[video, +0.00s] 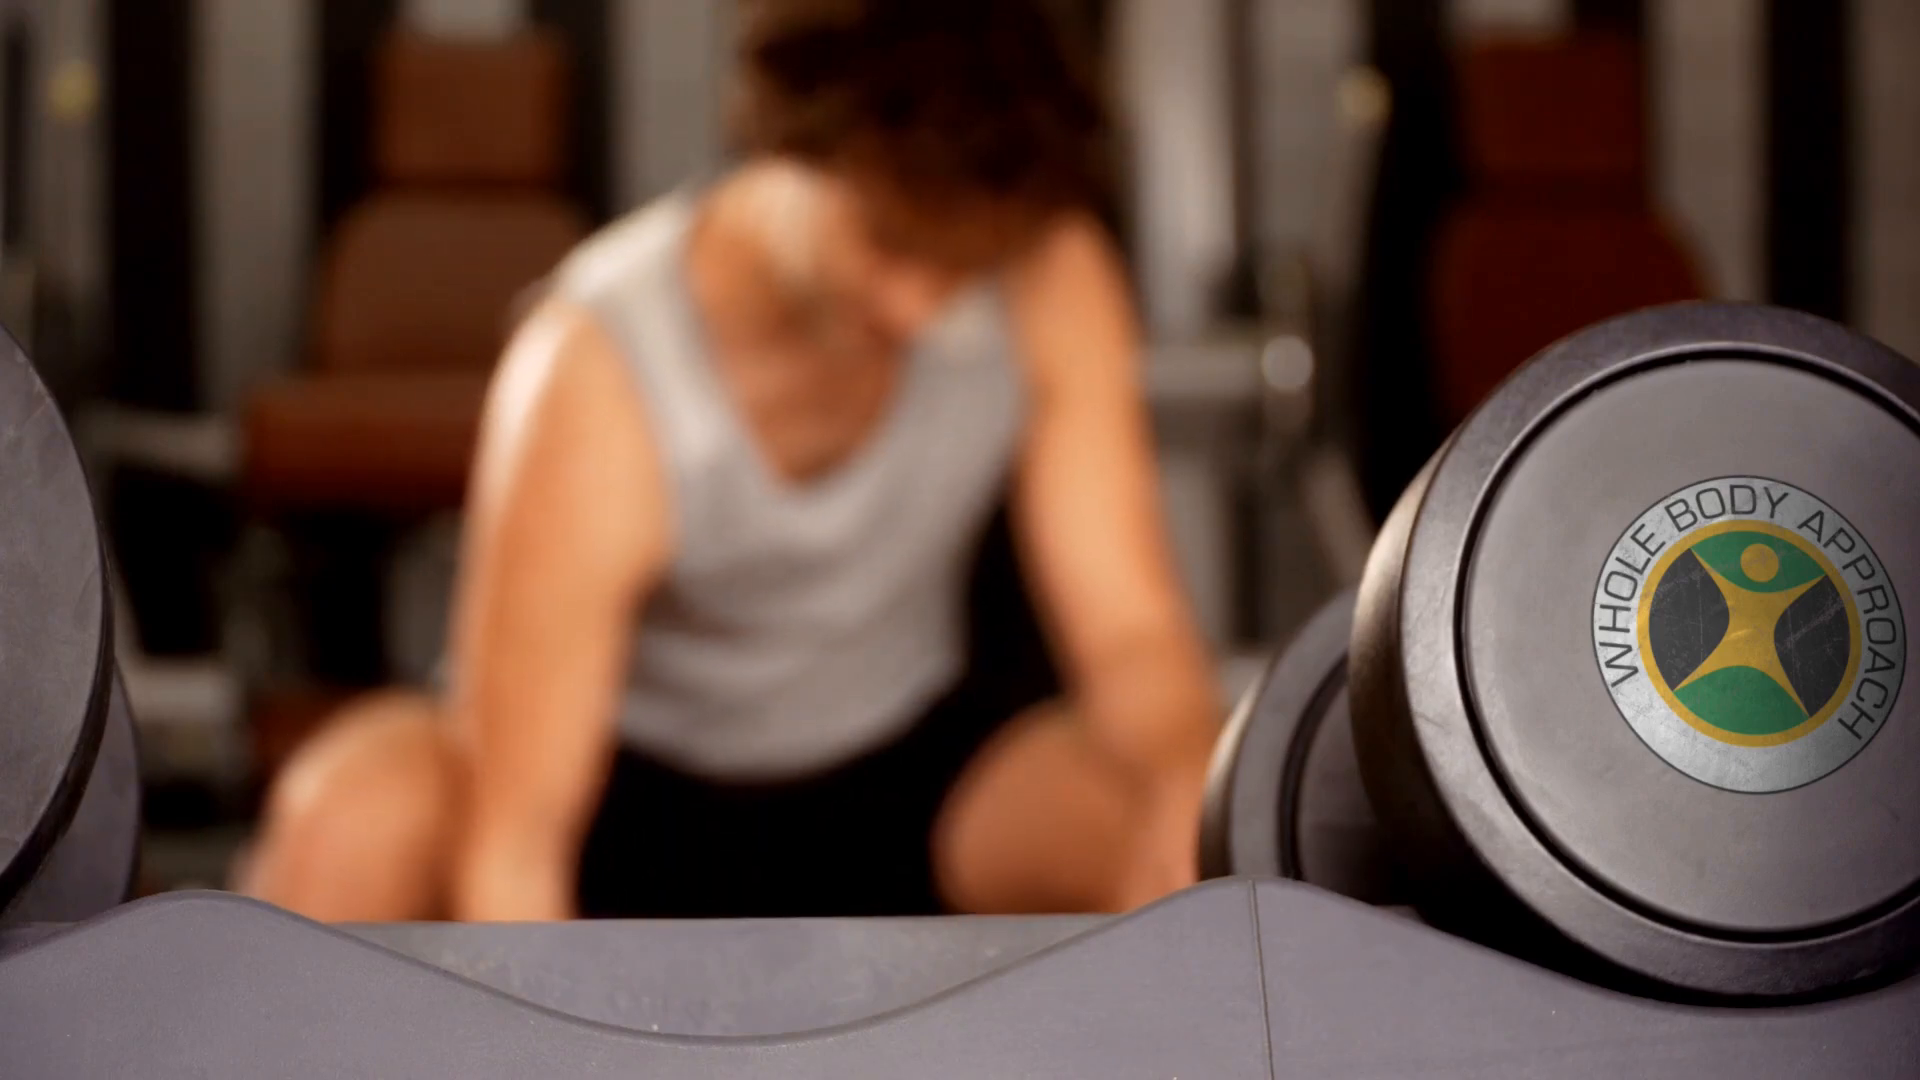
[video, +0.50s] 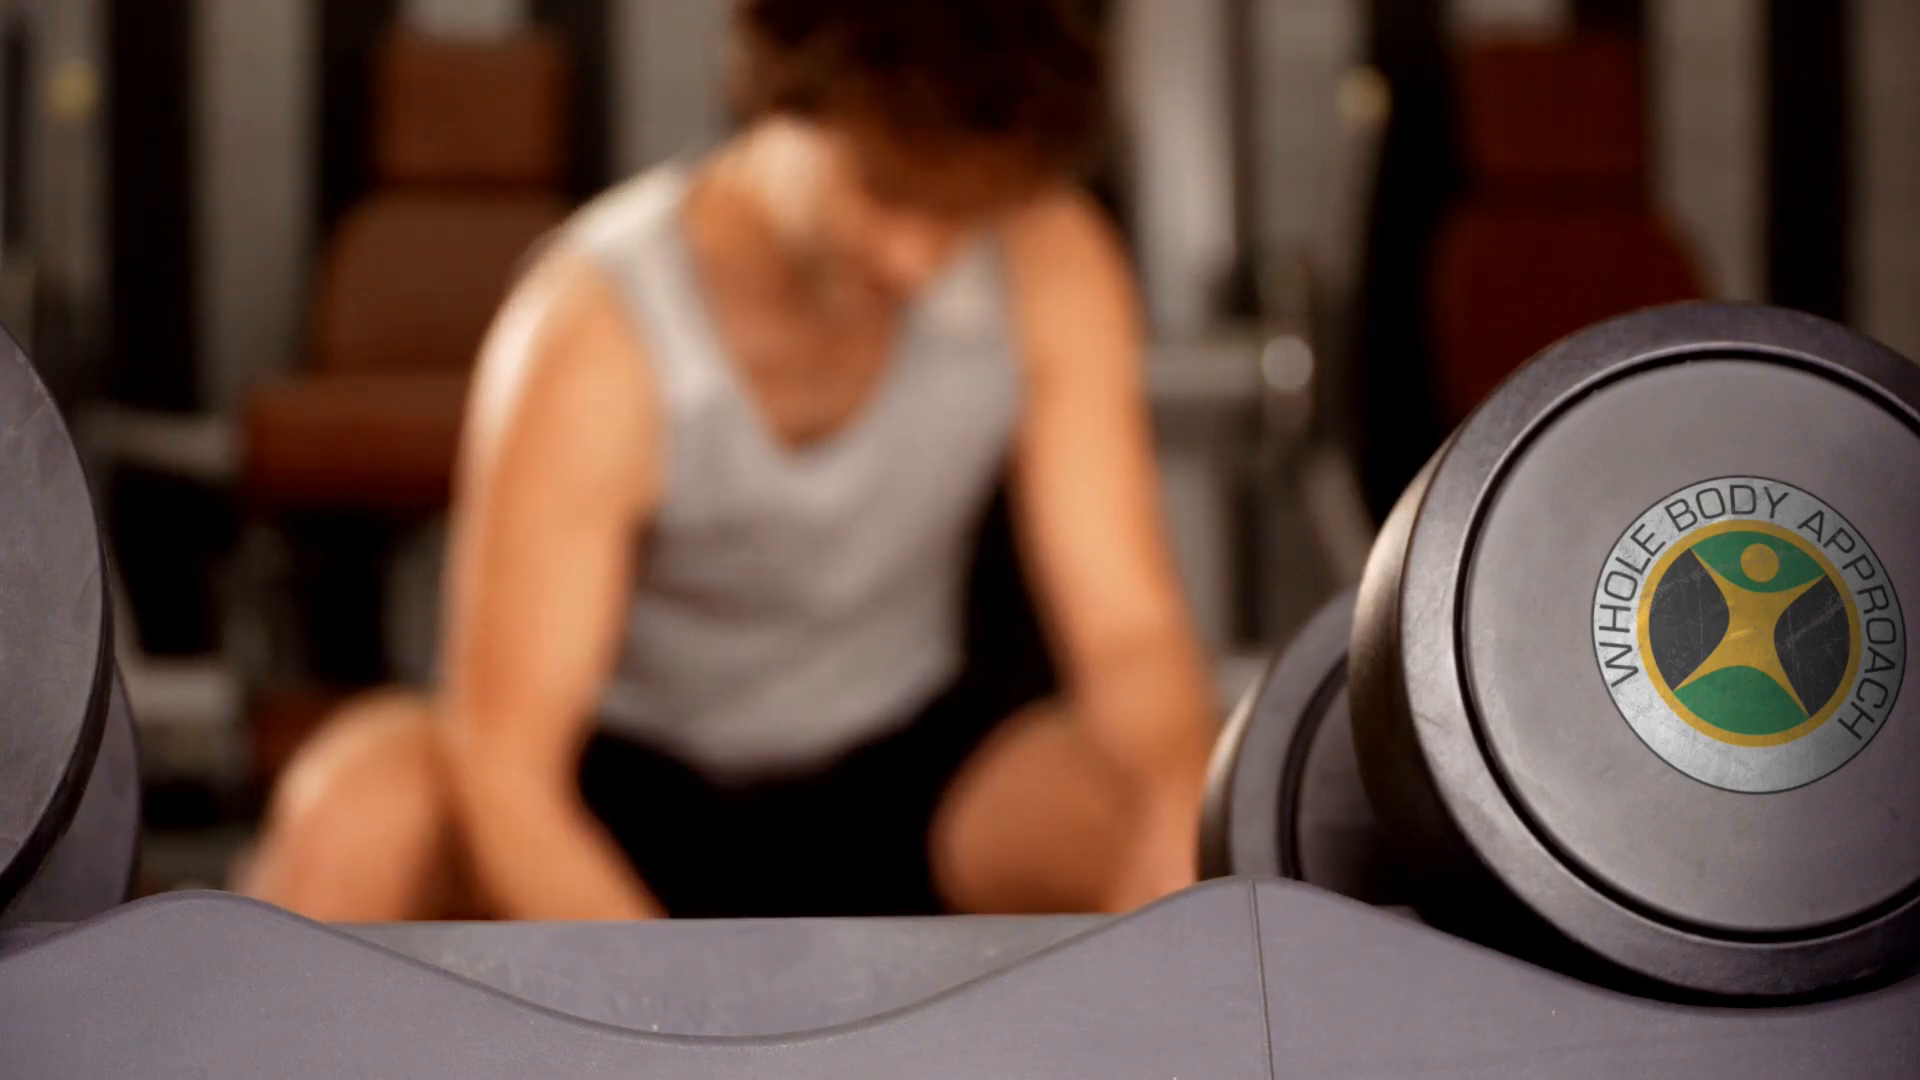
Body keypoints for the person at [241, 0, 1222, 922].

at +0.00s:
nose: (920, 310)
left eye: (970, 264)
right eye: (890, 246)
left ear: (1023, 221)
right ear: (794, 153)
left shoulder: (1043, 266)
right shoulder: (591, 367)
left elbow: (1132, 642)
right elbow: (519, 834)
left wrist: (1202, 833)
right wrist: (533, 1077)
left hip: (901, 783)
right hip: (621, 800)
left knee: (1196, 813)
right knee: (354, 797)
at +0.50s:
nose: (919, 259)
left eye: (971, 212)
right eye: (887, 197)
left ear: (1015, 168)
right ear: (790, 107)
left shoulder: (1045, 253)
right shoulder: (594, 322)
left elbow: (1128, 639)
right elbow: (504, 773)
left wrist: (1182, 854)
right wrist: (688, 1018)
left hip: (899, 781)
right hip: (627, 792)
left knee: (1190, 812)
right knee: (357, 792)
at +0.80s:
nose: (907, 231)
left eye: (957, 183)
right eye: (873, 166)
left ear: (1010, 151)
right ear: (778, 77)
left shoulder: (1036, 257)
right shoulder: (556, 308)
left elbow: (1134, 641)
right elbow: (516, 733)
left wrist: (1183, 840)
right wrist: (850, 822)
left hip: (899, 803)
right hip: (623, 798)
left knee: (1188, 784)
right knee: (374, 789)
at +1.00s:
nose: (892, 228)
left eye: (938, 180)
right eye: (857, 166)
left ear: (993, 136)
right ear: (758, 76)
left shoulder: (1015, 255)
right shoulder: (511, 312)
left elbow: (1125, 631)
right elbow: (536, 762)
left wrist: (1189, 847)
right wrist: (829, 705)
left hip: (887, 796)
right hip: (599, 813)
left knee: (1180, 800)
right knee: (377, 793)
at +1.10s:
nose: (880, 229)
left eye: (925, 180)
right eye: (846, 167)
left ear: (977, 139)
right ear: (745, 84)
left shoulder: (1007, 256)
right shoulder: (497, 314)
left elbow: (1123, 633)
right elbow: (520, 755)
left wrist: (1182, 865)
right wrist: (761, 706)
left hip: (892, 788)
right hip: (597, 802)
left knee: (1169, 802)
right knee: (374, 803)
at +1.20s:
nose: (864, 231)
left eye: (910, 181)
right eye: (829, 168)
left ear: (959, 146)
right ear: (725, 89)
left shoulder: (999, 257)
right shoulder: (477, 320)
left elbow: (1120, 633)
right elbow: (523, 746)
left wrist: (1186, 883)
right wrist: (747, 691)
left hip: (895, 787)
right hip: (600, 796)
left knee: (1167, 811)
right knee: (372, 810)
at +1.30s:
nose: (858, 230)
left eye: (905, 181)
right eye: (821, 169)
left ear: (952, 147)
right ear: (716, 91)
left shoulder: (994, 258)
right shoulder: (469, 327)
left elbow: (1120, 634)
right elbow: (525, 757)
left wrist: (1186, 891)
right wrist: (740, 683)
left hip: (893, 788)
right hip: (597, 802)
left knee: (1171, 817)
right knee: (374, 809)